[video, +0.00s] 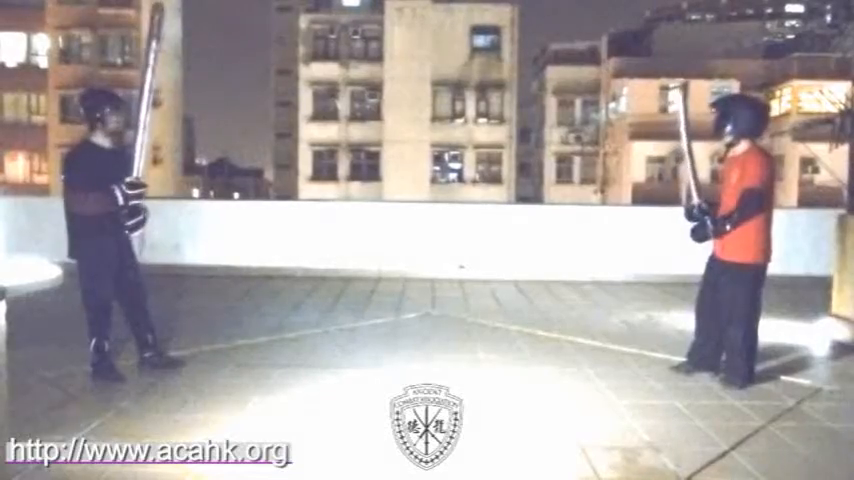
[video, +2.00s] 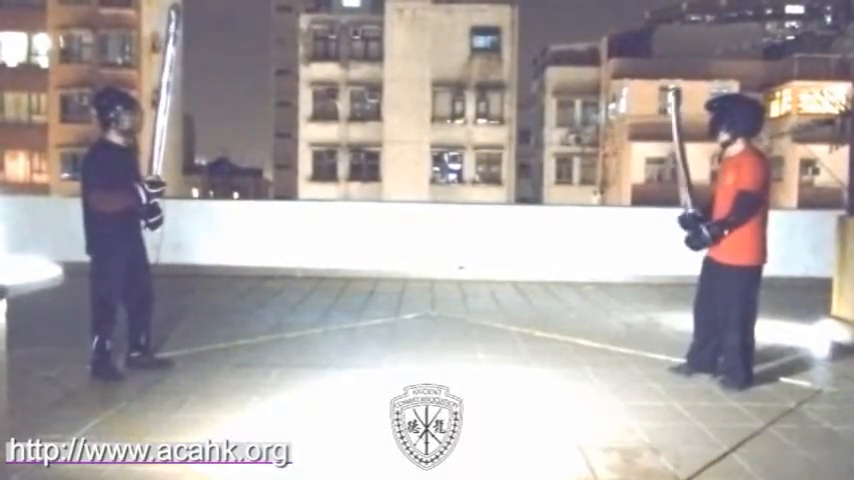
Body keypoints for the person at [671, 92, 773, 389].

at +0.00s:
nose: (720, 125)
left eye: (725, 119)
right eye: (721, 119)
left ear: (739, 123)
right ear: (738, 123)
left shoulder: (756, 159)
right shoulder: (731, 158)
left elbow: (753, 202)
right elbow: (729, 202)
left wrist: (721, 226)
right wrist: (708, 211)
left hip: (747, 254)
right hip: (724, 250)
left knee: (739, 314)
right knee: (709, 307)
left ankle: (738, 371)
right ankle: (703, 358)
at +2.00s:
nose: (714, 127)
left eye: (719, 121)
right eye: (715, 121)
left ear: (733, 126)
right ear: (731, 126)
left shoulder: (752, 162)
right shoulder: (723, 160)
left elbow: (746, 206)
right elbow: (719, 201)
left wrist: (714, 230)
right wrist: (701, 216)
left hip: (743, 254)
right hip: (719, 250)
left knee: (736, 315)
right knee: (707, 308)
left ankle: (736, 371)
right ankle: (701, 359)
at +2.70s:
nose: (719, 150)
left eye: (724, 143)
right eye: (719, 143)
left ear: (740, 145)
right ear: (726, 146)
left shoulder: (756, 182)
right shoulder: (727, 183)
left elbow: (753, 224)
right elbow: (719, 225)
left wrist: (725, 257)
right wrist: (703, 254)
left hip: (749, 276)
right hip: (724, 272)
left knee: (744, 336)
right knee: (715, 329)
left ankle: (744, 393)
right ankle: (708, 382)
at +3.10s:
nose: (706, 192)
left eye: (710, 185)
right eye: (705, 186)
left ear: (727, 182)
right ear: (711, 185)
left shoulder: (754, 212)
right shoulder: (719, 218)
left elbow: (746, 255)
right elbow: (717, 259)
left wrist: (721, 288)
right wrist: (710, 291)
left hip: (756, 306)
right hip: (729, 304)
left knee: (753, 367)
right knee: (717, 361)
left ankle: (749, 422)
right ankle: (709, 411)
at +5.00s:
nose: (719, 189)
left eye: (722, 181)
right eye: (718, 182)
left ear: (738, 178)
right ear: (733, 181)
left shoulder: (766, 208)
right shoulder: (736, 212)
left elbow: (760, 249)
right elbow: (731, 255)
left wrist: (733, 285)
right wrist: (720, 286)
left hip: (764, 302)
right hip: (739, 300)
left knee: (761, 363)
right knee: (727, 356)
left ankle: (758, 420)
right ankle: (719, 408)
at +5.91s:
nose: (719, 186)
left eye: (722, 179)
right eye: (718, 180)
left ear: (738, 177)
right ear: (735, 179)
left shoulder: (768, 206)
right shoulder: (735, 211)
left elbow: (761, 249)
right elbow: (731, 253)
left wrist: (735, 285)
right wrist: (721, 285)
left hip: (766, 300)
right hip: (740, 298)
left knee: (762, 362)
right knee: (727, 353)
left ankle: (758, 420)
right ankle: (720, 407)